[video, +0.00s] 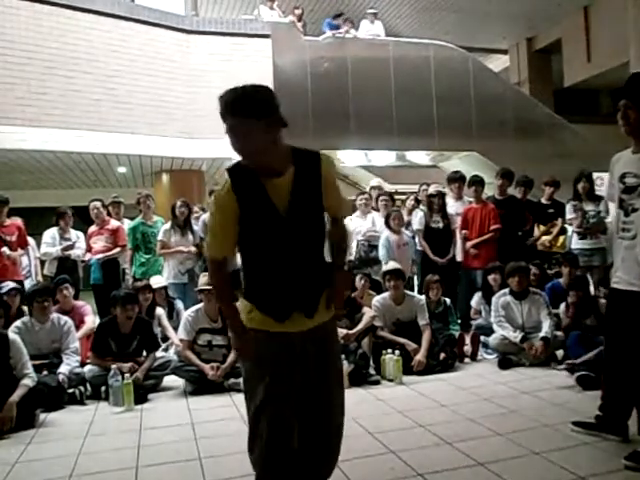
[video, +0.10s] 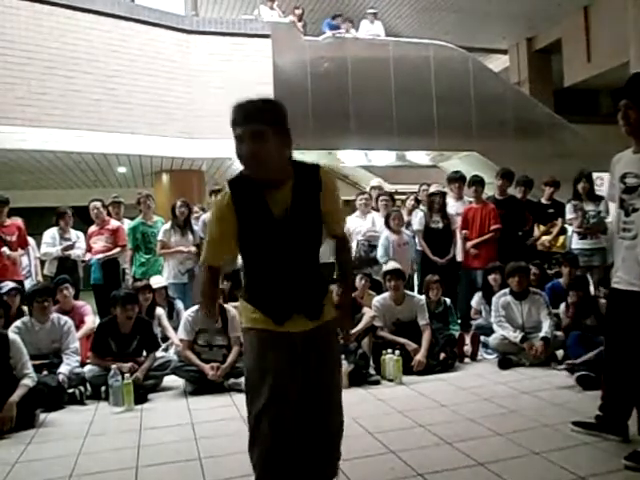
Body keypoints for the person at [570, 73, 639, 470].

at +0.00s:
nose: (624, 118)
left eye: (629, 111)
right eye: (621, 112)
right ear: (620, 118)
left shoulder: (630, 163)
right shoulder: (619, 161)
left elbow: (615, 218)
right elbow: (613, 219)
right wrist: (593, 227)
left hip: (636, 281)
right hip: (622, 278)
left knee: (634, 357)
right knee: (618, 352)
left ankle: (639, 441)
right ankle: (612, 418)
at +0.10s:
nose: (624, 119)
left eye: (629, 111)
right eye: (621, 112)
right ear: (620, 119)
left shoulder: (630, 163)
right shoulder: (620, 161)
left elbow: (615, 220)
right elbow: (615, 220)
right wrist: (593, 228)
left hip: (636, 281)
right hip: (622, 279)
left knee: (633, 357)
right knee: (618, 352)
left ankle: (639, 441)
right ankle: (612, 418)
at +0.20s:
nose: (624, 119)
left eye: (629, 111)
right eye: (622, 113)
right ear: (621, 119)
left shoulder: (629, 163)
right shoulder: (620, 162)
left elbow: (615, 220)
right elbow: (614, 221)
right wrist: (593, 229)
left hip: (636, 282)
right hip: (623, 279)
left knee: (633, 357)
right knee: (618, 352)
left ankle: (639, 441)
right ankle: (612, 418)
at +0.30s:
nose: (624, 119)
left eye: (629, 111)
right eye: (622, 113)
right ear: (621, 119)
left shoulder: (630, 163)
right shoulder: (620, 162)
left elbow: (615, 221)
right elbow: (614, 221)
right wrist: (593, 230)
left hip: (636, 282)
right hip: (623, 279)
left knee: (635, 357)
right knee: (618, 352)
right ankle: (612, 418)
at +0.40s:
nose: (624, 118)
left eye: (629, 110)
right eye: (622, 111)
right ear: (623, 118)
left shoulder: (629, 163)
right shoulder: (620, 161)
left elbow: (616, 222)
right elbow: (615, 221)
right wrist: (610, 267)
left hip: (635, 280)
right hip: (624, 278)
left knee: (633, 357)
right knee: (619, 352)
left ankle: (639, 442)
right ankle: (612, 418)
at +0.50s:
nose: (624, 118)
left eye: (629, 111)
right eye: (623, 111)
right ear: (624, 118)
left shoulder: (629, 162)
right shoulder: (621, 161)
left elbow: (616, 221)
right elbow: (615, 221)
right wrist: (610, 266)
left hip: (635, 280)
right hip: (623, 278)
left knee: (633, 357)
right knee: (619, 352)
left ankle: (639, 441)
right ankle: (612, 418)